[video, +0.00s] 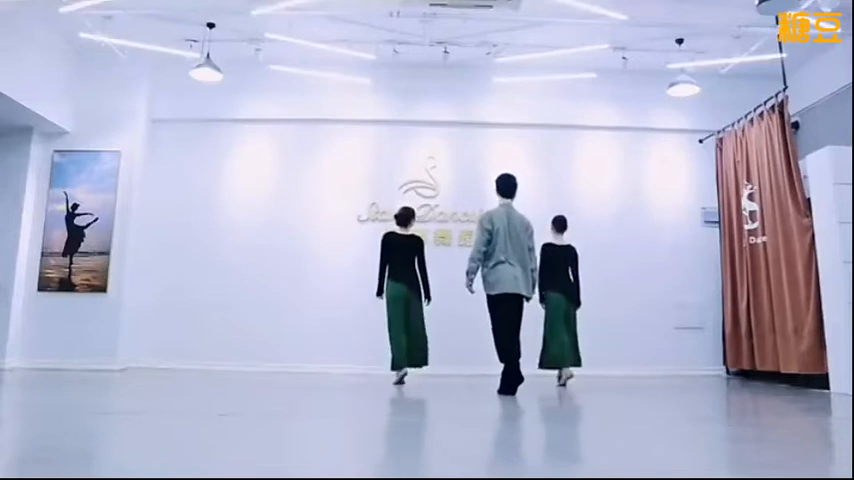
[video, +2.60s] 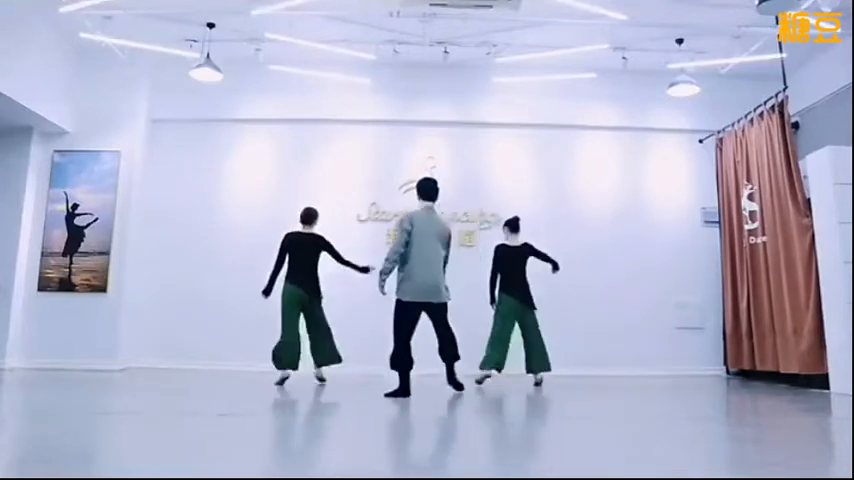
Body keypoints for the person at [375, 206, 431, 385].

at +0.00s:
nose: (412, 222)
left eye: (409, 219)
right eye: (412, 219)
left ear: (396, 219)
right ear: (412, 221)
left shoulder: (388, 238)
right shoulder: (417, 240)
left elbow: (383, 264)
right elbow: (422, 268)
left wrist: (380, 287)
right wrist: (427, 291)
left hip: (394, 286)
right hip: (412, 288)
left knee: (396, 326)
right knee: (410, 325)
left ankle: (400, 367)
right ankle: (403, 365)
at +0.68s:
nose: (390, 220)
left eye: (388, 217)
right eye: (390, 217)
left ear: (374, 218)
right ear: (389, 219)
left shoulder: (365, 236)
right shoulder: (395, 239)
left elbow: (359, 262)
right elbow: (398, 267)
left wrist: (356, 285)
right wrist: (401, 290)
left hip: (370, 287)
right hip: (388, 288)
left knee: (371, 327)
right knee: (386, 327)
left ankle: (376, 369)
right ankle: (379, 366)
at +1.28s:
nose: (372, 219)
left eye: (370, 216)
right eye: (371, 216)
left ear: (355, 216)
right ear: (370, 218)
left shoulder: (347, 235)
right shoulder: (377, 239)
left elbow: (341, 261)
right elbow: (380, 267)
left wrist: (337, 284)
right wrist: (381, 290)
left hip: (351, 284)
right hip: (370, 287)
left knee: (350, 326)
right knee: (366, 326)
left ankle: (352, 368)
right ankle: (361, 367)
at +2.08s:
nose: (347, 220)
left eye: (345, 217)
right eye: (346, 217)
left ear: (330, 217)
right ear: (345, 219)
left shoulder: (321, 235)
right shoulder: (351, 239)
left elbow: (315, 262)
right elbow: (357, 266)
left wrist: (311, 284)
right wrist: (360, 288)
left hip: (326, 285)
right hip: (345, 287)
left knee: (327, 327)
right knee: (344, 327)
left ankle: (332, 369)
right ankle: (341, 369)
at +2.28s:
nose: (341, 223)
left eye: (339, 220)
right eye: (340, 221)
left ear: (324, 221)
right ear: (339, 222)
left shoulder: (315, 239)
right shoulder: (345, 241)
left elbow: (309, 266)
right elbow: (355, 267)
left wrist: (305, 289)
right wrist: (359, 288)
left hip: (319, 289)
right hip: (339, 289)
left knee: (319, 328)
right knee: (339, 330)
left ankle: (321, 367)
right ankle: (340, 370)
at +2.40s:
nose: (332, 221)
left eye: (330, 218)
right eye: (332, 218)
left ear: (315, 218)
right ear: (330, 220)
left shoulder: (306, 237)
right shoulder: (336, 239)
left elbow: (298, 263)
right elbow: (351, 260)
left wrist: (292, 286)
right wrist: (362, 280)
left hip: (310, 288)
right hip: (331, 288)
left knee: (306, 327)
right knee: (335, 328)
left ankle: (297, 366)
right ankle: (339, 369)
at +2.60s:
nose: (312, 223)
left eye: (308, 219)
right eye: (314, 220)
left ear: (300, 220)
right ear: (315, 221)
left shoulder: (289, 238)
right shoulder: (319, 240)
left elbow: (279, 264)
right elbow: (340, 260)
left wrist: (268, 287)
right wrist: (361, 269)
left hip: (291, 289)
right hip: (311, 290)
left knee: (289, 329)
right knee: (315, 329)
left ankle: (285, 369)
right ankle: (318, 369)